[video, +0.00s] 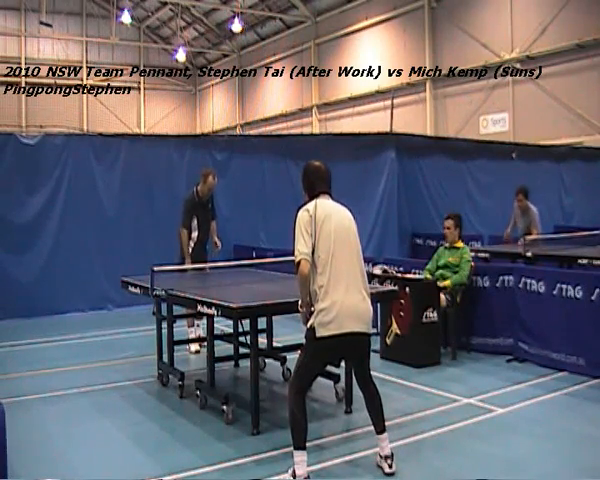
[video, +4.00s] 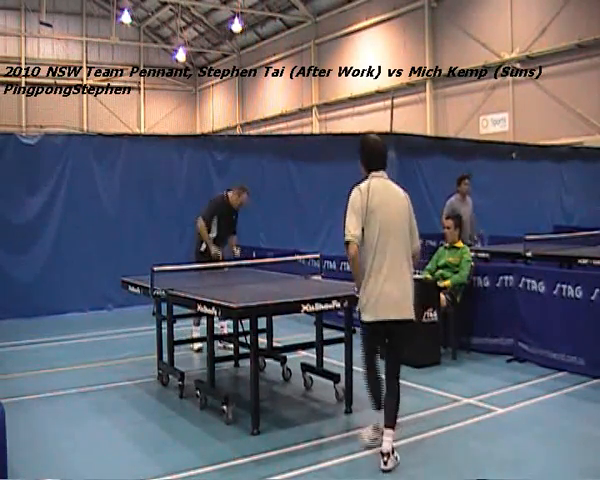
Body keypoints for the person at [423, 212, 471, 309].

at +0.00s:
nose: (445, 232)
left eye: (448, 228)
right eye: (444, 228)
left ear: (457, 230)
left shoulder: (464, 251)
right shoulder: (441, 249)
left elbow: (463, 276)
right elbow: (429, 268)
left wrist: (445, 283)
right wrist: (428, 277)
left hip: (454, 285)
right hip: (436, 282)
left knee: (441, 298)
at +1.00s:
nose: (445, 232)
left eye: (448, 229)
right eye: (444, 229)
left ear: (457, 230)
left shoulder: (464, 251)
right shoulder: (442, 249)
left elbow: (463, 276)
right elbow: (429, 267)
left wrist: (445, 283)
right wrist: (428, 277)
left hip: (453, 284)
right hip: (436, 281)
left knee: (442, 298)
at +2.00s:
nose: (445, 232)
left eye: (448, 229)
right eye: (444, 229)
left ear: (457, 230)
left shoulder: (464, 251)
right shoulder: (442, 249)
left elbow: (463, 276)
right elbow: (430, 267)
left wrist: (446, 283)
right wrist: (428, 276)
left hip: (453, 284)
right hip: (436, 281)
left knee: (442, 298)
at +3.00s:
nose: (445, 232)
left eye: (448, 229)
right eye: (444, 229)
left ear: (457, 230)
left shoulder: (464, 251)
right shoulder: (442, 249)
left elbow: (463, 276)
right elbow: (430, 266)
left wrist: (447, 283)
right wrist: (428, 275)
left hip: (453, 284)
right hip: (435, 281)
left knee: (442, 298)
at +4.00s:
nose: (445, 232)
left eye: (448, 228)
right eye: (444, 228)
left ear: (457, 230)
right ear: (443, 229)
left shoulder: (464, 251)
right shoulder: (442, 249)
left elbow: (463, 276)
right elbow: (430, 267)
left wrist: (446, 283)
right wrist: (427, 277)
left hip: (452, 286)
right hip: (435, 283)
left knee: (438, 302)